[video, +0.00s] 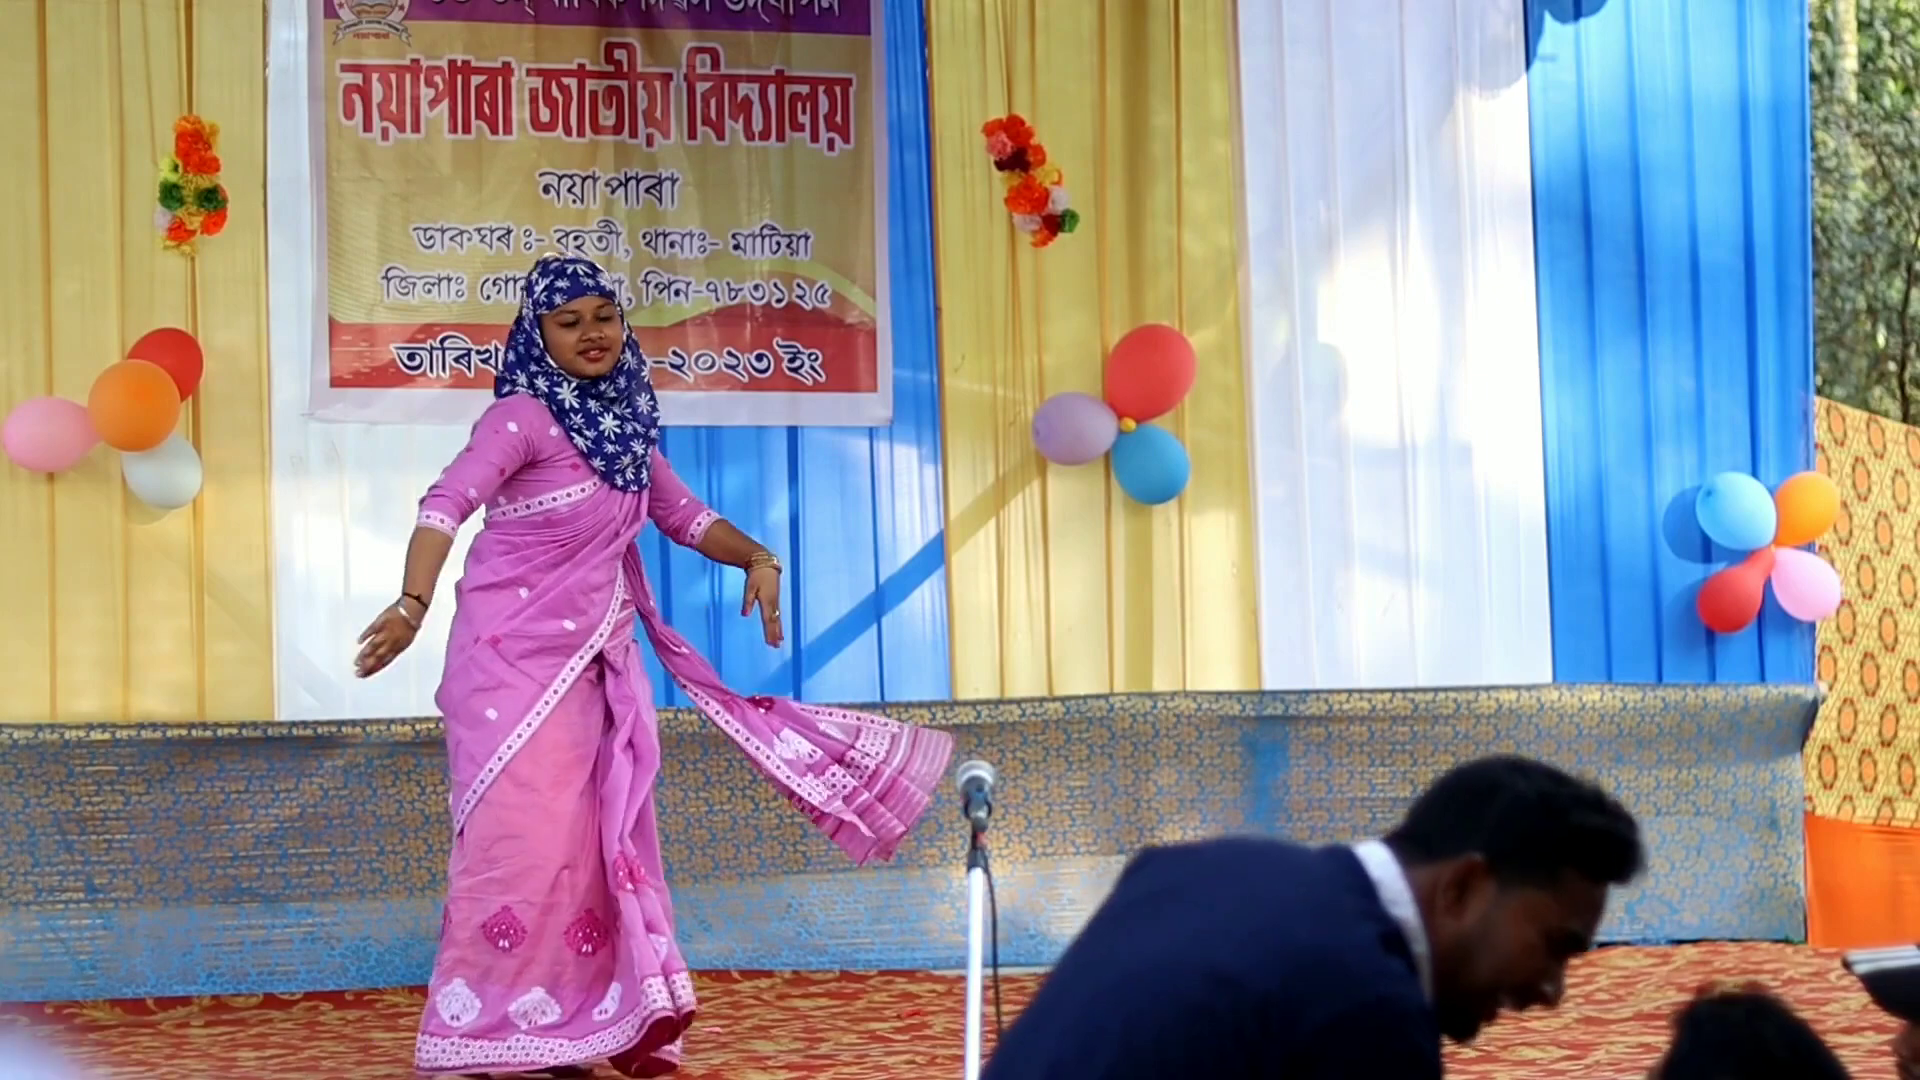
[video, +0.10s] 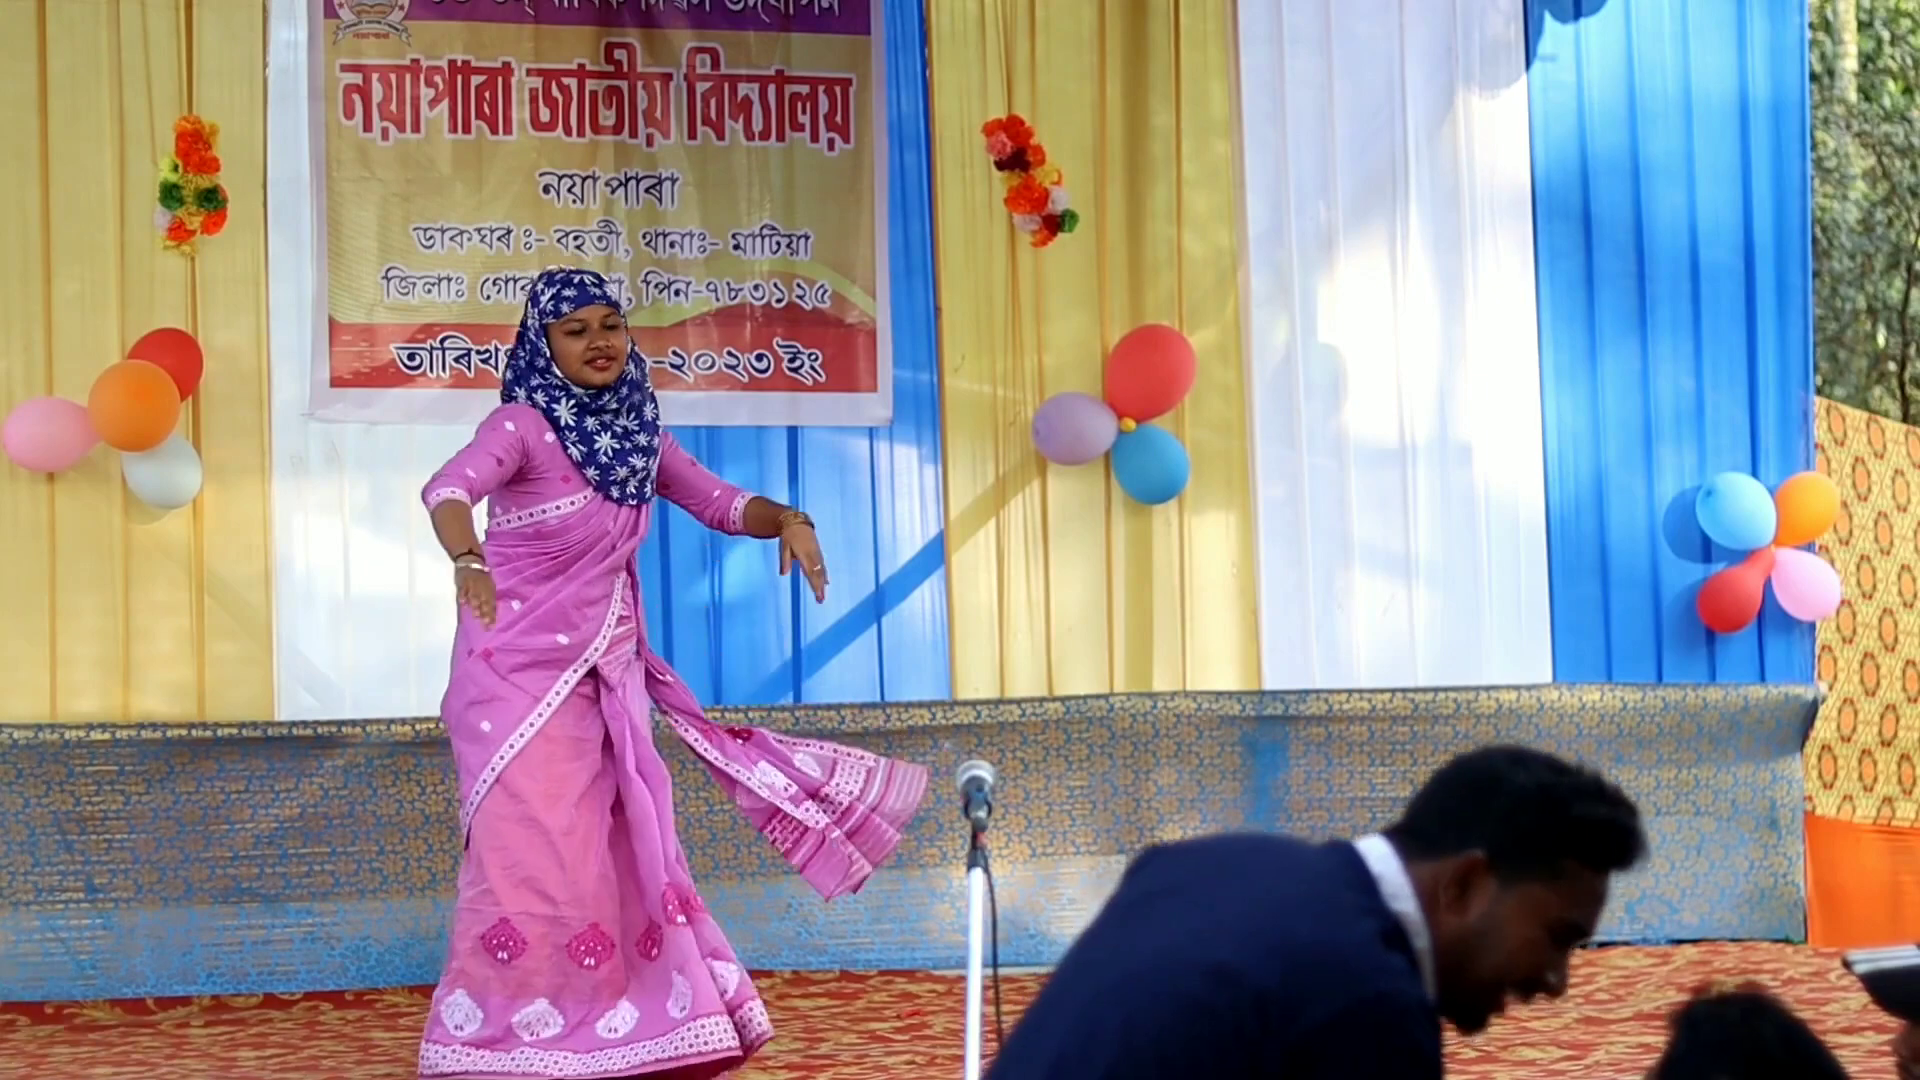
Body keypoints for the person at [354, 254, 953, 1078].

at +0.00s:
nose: (594, 337)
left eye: (606, 319)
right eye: (572, 324)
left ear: (623, 321)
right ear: (539, 335)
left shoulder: (629, 421)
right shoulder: (522, 416)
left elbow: (686, 518)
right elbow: (444, 507)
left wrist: (756, 556)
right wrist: (413, 602)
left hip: (599, 661)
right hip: (514, 662)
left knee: (604, 836)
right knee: (530, 839)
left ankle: (605, 1019)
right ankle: (494, 1036)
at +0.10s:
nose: (599, 344)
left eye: (610, 326)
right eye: (577, 331)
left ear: (627, 333)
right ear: (544, 345)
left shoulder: (637, 432)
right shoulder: (521, 424)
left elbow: (719, 503)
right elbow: (446, 492)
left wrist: (784, 517)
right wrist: (466, 555)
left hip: (602, 671)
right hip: (514, 671)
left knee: (606, 843)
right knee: (541, 847)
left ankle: (608, 1027)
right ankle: (525, 1034)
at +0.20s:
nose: (599, 310)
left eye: (610, 296)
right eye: (579, 298)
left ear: (623, 307)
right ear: (540, 310)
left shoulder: (643, 396)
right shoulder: (509, 386)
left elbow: (735, 457)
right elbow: (438, 430)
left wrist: (824, 467)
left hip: (616, 638)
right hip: (520, 638)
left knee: (621, 816)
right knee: (536, 817)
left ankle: (627, 1016)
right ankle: (546, 1020)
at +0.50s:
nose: (608, 324)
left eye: (616, 310)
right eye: (587, 309)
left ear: (626, 323)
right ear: (540, 321)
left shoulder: (646, 403)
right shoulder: (501, 414)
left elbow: (721, 441)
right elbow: (506, 462)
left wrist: (801, 453)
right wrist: (588, 407)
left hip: (656, 647)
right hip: (549, 657)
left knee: (706, 822)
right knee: (562, 848)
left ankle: (763, 1027)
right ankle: (588, 1049)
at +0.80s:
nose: (612, 373)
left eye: (620, 362)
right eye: (590, 361)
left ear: (631, 376)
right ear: (547, 378)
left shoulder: (657, 451)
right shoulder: (520, 492)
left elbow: (759, 480)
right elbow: (420, 540)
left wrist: (866, 482)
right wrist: (464, 450)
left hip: (683, 695)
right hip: (569, 709)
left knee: (747, 845)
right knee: (577, 888)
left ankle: (808, 917)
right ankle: (629, 1051)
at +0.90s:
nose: (629, 363)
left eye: (633, 350)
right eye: (606, 351)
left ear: (641, 362)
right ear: (561, 368)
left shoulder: (669, 441)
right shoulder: (531, 467)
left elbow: (777, 473)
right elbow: (458, 533)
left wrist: (865, 453)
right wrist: (518, 443)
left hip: (700, 670)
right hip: (591, 690)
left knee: (789, 792)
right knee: (586, 877)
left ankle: (850, 901)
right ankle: (630, 1043)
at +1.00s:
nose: (650, 337)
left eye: (648, 324)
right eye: (629, 326)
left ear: (644, 336)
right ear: (573, 344)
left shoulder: (668, 417)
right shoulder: (539, 438)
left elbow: (768, 459)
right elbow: (615, 467)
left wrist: (803, 414)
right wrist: (709, 413)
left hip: (737, 624)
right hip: (639, 654)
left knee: (842, 755)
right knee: (644, 843)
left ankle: (890, 949)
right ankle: (637, 1032)